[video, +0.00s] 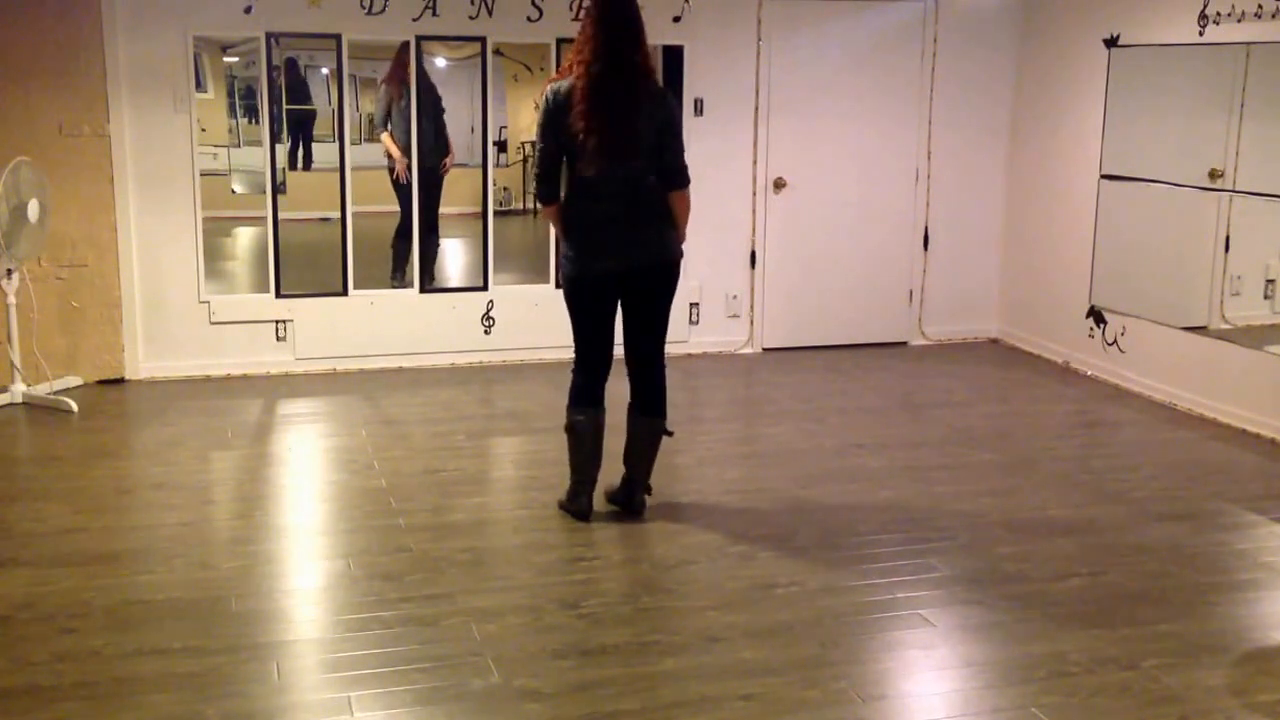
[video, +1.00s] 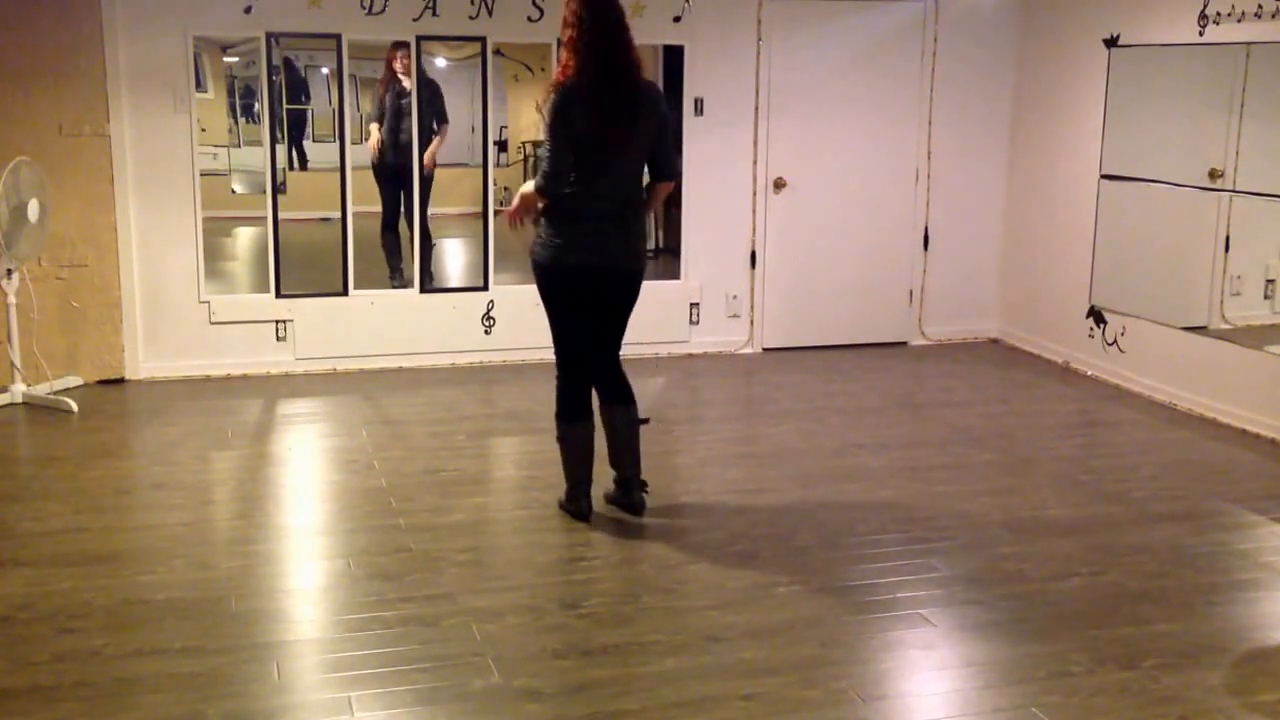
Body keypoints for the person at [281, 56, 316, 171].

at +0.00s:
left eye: (284, 67)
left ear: (285, 67)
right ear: (297, 66)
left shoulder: (283, 82)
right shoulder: (302, 80)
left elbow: (280, 100)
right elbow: (308, 97)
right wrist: (311, 109)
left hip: (292, 113)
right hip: (307, 112)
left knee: (294, 142)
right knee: (307, 143)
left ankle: (292, 169)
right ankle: (306, 169)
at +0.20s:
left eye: (284, 67)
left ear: (284, 68)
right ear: (296, 66)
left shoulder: (283, 82)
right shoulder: (301, 80)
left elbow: (280, 100)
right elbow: (307, 97)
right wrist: (311, 110)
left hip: (291, 114)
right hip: (306, 113)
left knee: (294, 142)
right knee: (306, 143)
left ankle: (292, 168)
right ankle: (307, 168)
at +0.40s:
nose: (282, 71)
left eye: (283, 68)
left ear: (284, 68)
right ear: (296, 67)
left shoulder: (282, 82)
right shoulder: (301, 80)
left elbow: (279, 102)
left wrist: (279, 121)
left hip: (289, 117)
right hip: (304, 115)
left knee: (291, 145)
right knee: (304, 145)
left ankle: (291, 170)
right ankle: (305, 169)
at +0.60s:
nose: (281, 71)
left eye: (281, 68)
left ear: (283, 68)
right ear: (295, 66)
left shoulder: (282, 81)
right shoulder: (302, 79)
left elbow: (278, 99)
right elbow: (307, 96)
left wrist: (279, 114)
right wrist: (307, 109)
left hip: (288, 113)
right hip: (303, 112)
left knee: (289, 143)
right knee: (302, 141)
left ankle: (290, 168)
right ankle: (305, 166)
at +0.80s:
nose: (281, 70)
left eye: (282, 68)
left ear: (283, 67)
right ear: (294, 65)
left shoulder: (282, 80)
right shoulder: (302, 79)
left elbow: (278, 99)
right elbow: (307, 97)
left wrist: (278, 113)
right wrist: (306, 109)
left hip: (287, 114)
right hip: (302, 113)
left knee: (288, 143)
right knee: (300, 141)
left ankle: (289, 167)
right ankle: (304, 165)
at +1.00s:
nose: (282, 71)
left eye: (282, 68)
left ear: (283, 67)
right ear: (293, 65)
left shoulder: (282, 80)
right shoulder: (301, 78)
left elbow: (278, 97)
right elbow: (307, 96)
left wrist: (279, 110)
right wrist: (304, 106)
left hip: (287, 113)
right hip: (300, 112)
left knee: (288, 142)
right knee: (299, 141)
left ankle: (289, 167)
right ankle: (303, 164)